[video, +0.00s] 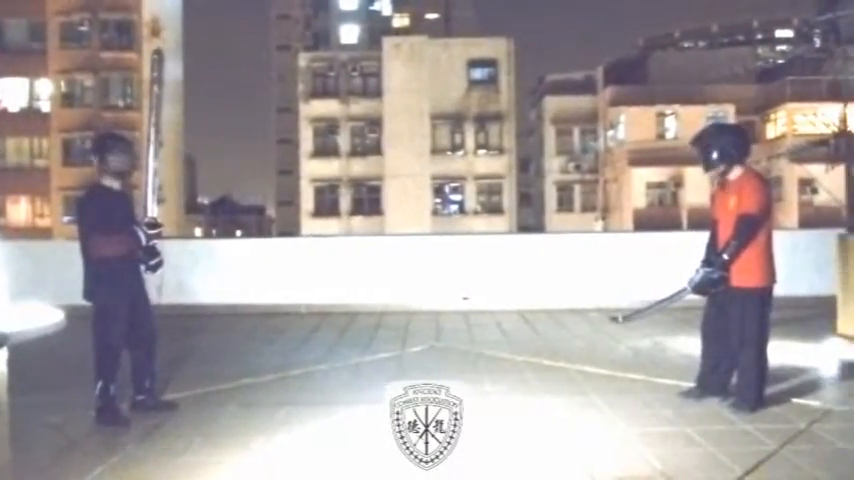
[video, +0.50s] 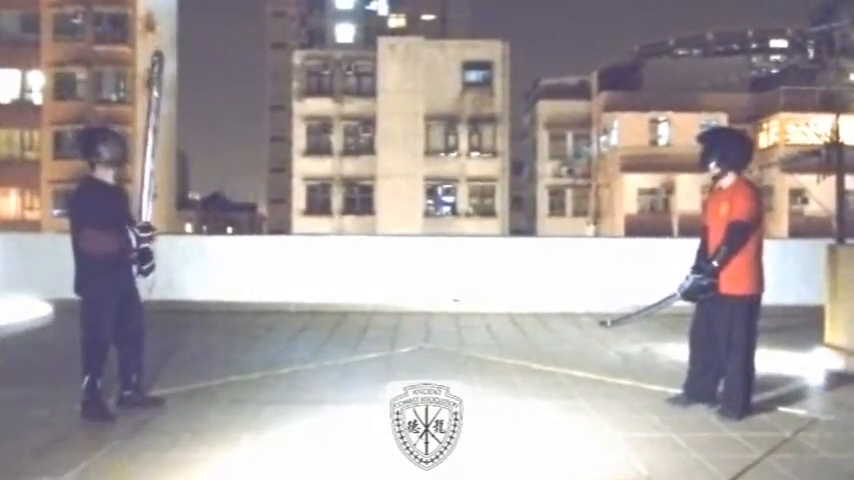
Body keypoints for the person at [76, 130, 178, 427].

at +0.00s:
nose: (126, 160)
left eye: (127, 153)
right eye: (119, 153)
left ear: (130, 159)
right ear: (103, 159)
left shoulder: (123, 196)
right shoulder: (93, 198)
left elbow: (126, 234)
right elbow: (96, 247)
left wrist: (143, 245)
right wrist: (138, 250)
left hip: (130, 276)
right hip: (106, 279)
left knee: (143, 333)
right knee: (109, 339)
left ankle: (145, 393)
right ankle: (105, 400)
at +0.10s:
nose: (117, 161)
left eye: (121, 154)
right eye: (111, 154)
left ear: (127, 161)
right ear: (98, 160)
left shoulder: (120, 198)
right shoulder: (89, 200)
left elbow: (122, 236)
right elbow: (93, 248)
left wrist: (140, 246)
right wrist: (134, 250)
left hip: (127, 277)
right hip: (102, 279)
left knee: (139, 333)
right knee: (106, 338)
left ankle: (141, 393)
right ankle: (102, 400)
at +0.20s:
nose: (112, 163)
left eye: (117, 157)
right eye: (106, 156)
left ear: (124, 162)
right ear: (94, 159)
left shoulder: (119, 198)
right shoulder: (86, 199)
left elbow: (121, 236)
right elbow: (89, 246)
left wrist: (138, 244)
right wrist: (131, 251)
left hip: (124, 276)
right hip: (98, 279)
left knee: (136, 333)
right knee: (103, 337)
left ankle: (138, 393)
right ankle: (98, 399)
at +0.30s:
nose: (112, 155)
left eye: (116, 149)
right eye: (106, 149)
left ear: (124, 156)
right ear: (94, 155)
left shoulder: (118, 195)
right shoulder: (85, 197)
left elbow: (118, 231)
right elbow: (87, 244)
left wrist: (137, 231)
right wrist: (129, 246)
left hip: (122, 275)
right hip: (97, 277)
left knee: (134, 331)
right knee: (100, 336)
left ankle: (134, 391)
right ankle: (95, 398)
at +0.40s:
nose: (116, 149)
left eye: (117, 144)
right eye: (109, 144)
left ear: (120, 153)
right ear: (97, 152)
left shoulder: (117, 194)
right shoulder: (86, 194)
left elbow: (120, 230)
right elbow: (89, 241)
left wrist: (138, 231)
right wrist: (130, 245)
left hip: (121, 274)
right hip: (96, 276)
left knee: (131, 329)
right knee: (98, 334)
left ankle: (132, 390)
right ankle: (92, 395)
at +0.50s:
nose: (116, 150)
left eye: (116, 144)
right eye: (110, 144)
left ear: (108, 152)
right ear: (98, 151)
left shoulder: (118, 193)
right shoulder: (85, 194)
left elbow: (122, 228)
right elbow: (88, 241)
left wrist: (139, 233)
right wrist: (127, 245)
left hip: (121, 275)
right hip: (95, 277)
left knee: (131, 329)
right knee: (97, 334)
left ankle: (131, 389)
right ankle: (91, 395)